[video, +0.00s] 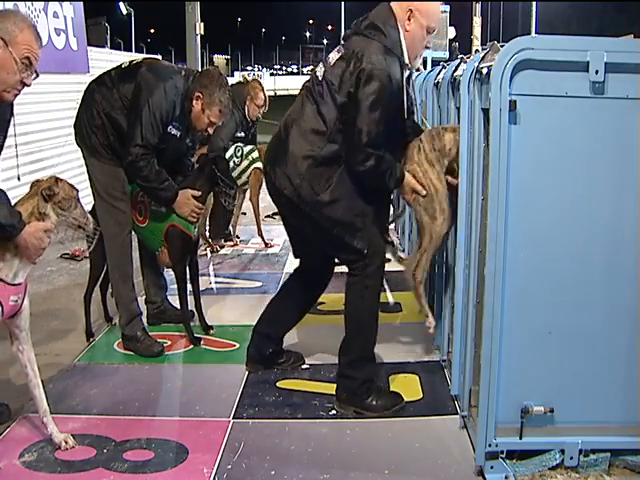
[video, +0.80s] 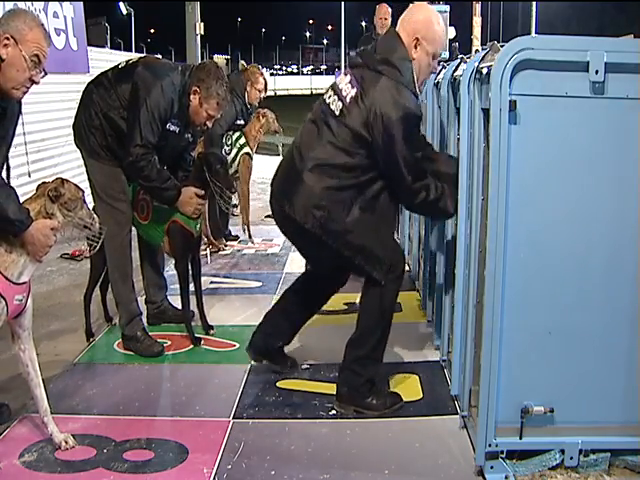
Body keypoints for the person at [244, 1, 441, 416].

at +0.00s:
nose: (430, 42)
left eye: (434, 33)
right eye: (430, 31)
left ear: (405, 17)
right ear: (407, 18)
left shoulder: (370, 41)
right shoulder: (381, 61)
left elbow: (396, 125)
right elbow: (362, 153)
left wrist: (431, 155)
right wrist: (398, 177)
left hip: (288, 164)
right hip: (310, 170)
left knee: (315, 265)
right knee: (368, 255)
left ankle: (262, 347)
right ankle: (357, 386)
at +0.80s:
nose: (435, 67)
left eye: (438, 58)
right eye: (434, 56)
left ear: (406, 40)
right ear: (414, 43)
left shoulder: (367, 68)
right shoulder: (396, 98)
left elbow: (415, 151)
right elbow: (409, 184)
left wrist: (461, 176)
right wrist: (456, 204)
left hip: (289, 193)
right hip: (319, 204)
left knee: (333, 269)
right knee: (388, 267)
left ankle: (267, 341)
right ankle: (358, 387)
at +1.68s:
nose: (407, 109)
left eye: (407, 101)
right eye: (404, 101)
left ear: (373, 96)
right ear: (381, 100)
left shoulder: (350, 120)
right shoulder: (381, 155)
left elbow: (391, 144)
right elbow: (433, 214)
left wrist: (429, 141)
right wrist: (492, 212)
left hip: (307, 268)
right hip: (331, 277)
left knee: (349, 352)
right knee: (410, 282)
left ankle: (274, 329)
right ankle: (358, 386)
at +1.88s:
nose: (405, 128)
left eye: (406, 120)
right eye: (402, 120)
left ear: (373, 109)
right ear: (380, 115)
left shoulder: (347, 128)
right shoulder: (375, 168)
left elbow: (392, 168)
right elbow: (428, 227)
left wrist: (429, 190)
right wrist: (473, 242)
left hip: (299, 270)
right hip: (320, 280)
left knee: (348, 351)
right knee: (400, 277)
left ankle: (275, 330)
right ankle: (358, 388)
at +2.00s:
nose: (401, 135)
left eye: (403, 127)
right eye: (398, 127)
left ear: (373, 115)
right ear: (376, 119)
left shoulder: (344, 137)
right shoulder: (362, 167)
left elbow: (395, 185)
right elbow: (403, 238)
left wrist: (430, 220)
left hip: (298, 276)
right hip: (313, 287)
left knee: (360, 351)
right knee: (394, 273)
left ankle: (278, 332)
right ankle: (358, 387)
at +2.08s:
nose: (399, 137)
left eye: (401, 129)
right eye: (395, 129)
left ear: (374, 116)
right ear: (374, 120)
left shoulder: (349, 135)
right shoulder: (355, 159)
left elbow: (395, 192)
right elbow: (391, 225)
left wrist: (430, 239)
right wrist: (423, 267)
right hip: (309, 281)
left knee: (358, 352)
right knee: (390, 274)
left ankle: (277, 332)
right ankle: (358, 388)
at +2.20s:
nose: (394, 138)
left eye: (397, 131)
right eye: (391, 130)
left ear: (371, 116)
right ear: (369, 118)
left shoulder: (362, 141)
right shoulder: (341, 146)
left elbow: (397, 203)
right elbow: (369, 226)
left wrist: (431, 262)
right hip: (305, 278)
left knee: (352, 350)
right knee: (389, 277)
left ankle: (276, 333)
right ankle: (358, 388)